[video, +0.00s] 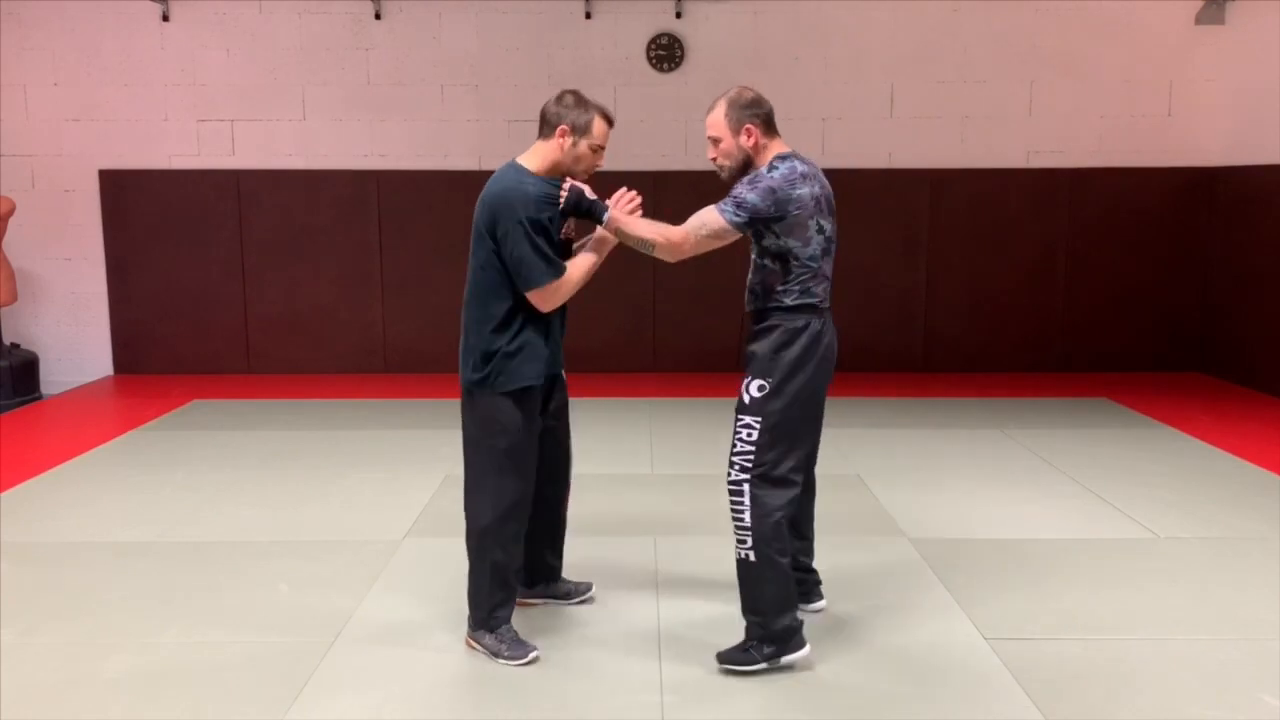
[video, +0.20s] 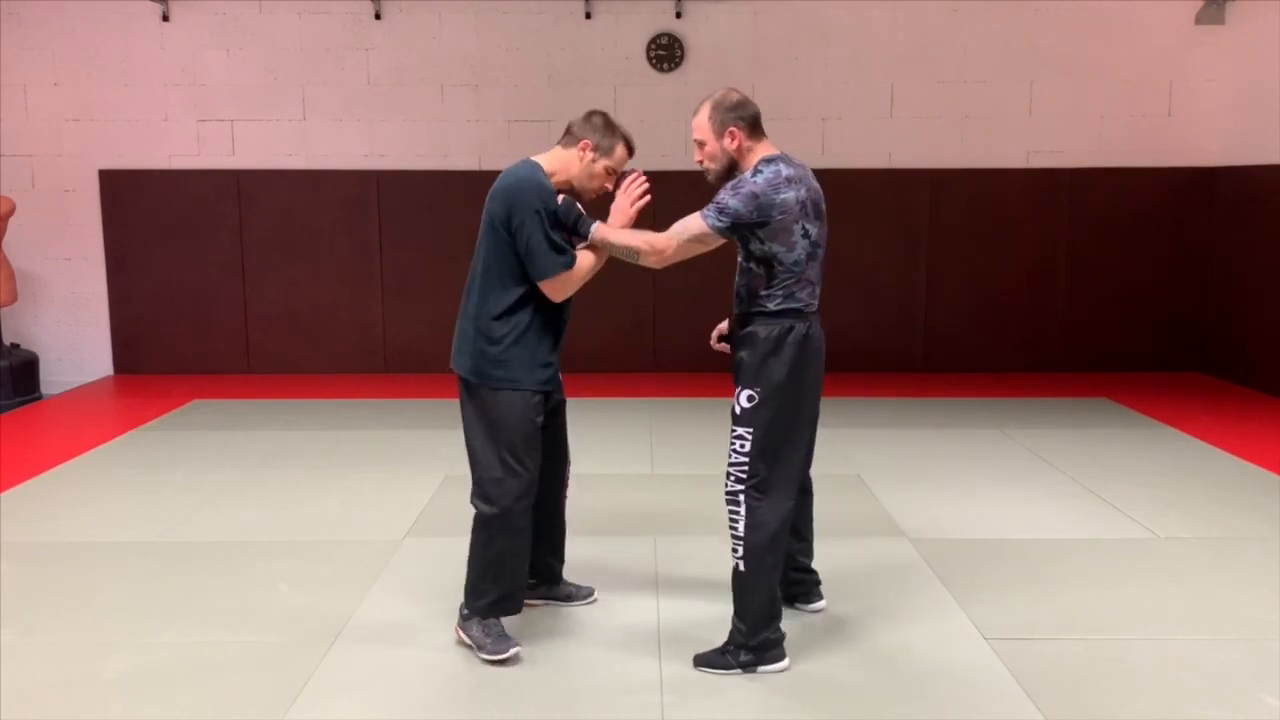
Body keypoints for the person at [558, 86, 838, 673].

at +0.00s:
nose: (710, 153)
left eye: (716, 141)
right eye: (709, 141)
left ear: (751, 134)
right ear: (758, 135)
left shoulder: (776, 186)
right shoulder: (804, 177)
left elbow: (676, 244)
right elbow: (693, 240)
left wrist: (597, 209)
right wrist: (611, 220)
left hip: (786, 340)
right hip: (805, 336)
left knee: (752, 478)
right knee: (790, 470)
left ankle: (773, 633)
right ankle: (799, 584)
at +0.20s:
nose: (698, 156)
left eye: (702, 144)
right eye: (696, 145)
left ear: (735, 138)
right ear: (745, 137)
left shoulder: (756, 190)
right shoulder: (798, 178)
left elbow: (663, 248)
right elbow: (790, 272)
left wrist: (588, 230)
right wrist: (746, 320)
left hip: (772, 344)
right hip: (798, 340)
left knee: (751, 488)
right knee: (786, 470)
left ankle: (755, 641)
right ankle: (798, 580)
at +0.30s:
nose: (691, 159)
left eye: (694, 147)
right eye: (689, 148)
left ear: (725, 138)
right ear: (736, 137)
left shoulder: (747, 190)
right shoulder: (794, 175)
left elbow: (655, 248)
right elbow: (789, 274)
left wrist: (582, 230)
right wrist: (744, 321)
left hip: (768, 344)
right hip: (800, 339)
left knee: (751, 489)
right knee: (790, 472)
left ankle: (757, 641)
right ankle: (798, 577)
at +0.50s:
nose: (690, 157)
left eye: (693, 145)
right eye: (687, 146)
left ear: (725, 136)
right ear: (737, 134)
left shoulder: (751, 189)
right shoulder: (790, 178)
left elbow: (653, 248)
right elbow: (681, 245)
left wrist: (570, 226)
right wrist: (594, 237)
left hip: (763, 346)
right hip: (794, 342)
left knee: (747, 490)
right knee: (787, 475)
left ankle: (756, 640)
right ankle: (803, 582)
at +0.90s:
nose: (687, 160)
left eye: (690, 147)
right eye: (683, 149)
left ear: (723, 138)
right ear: (732, 136)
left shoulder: (752, 185)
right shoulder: (779, 177)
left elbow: (661, 248)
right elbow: (693, 251)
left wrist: (572, 244)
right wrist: (617, 273)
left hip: (765, 345)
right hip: (789, 340)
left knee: (741, 489)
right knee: (780, 474)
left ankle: (753, 640)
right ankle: (804, 580)